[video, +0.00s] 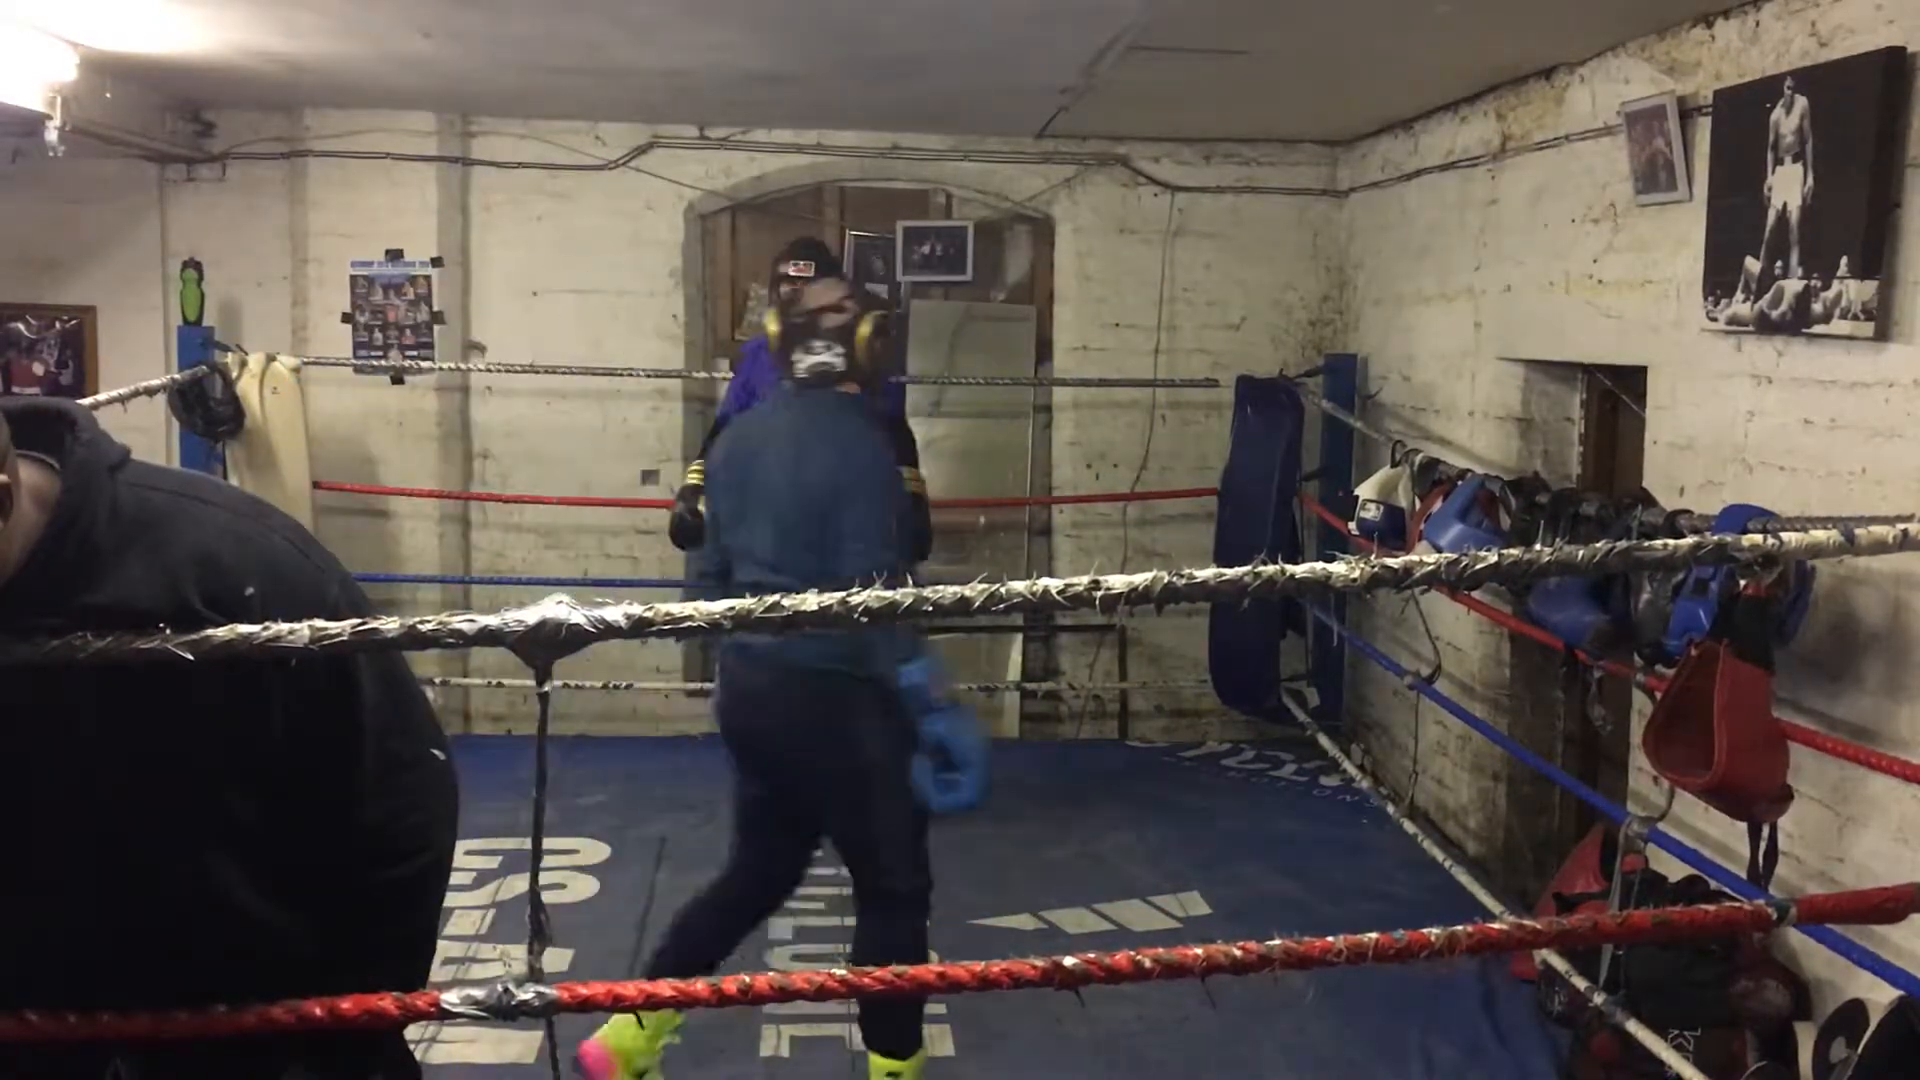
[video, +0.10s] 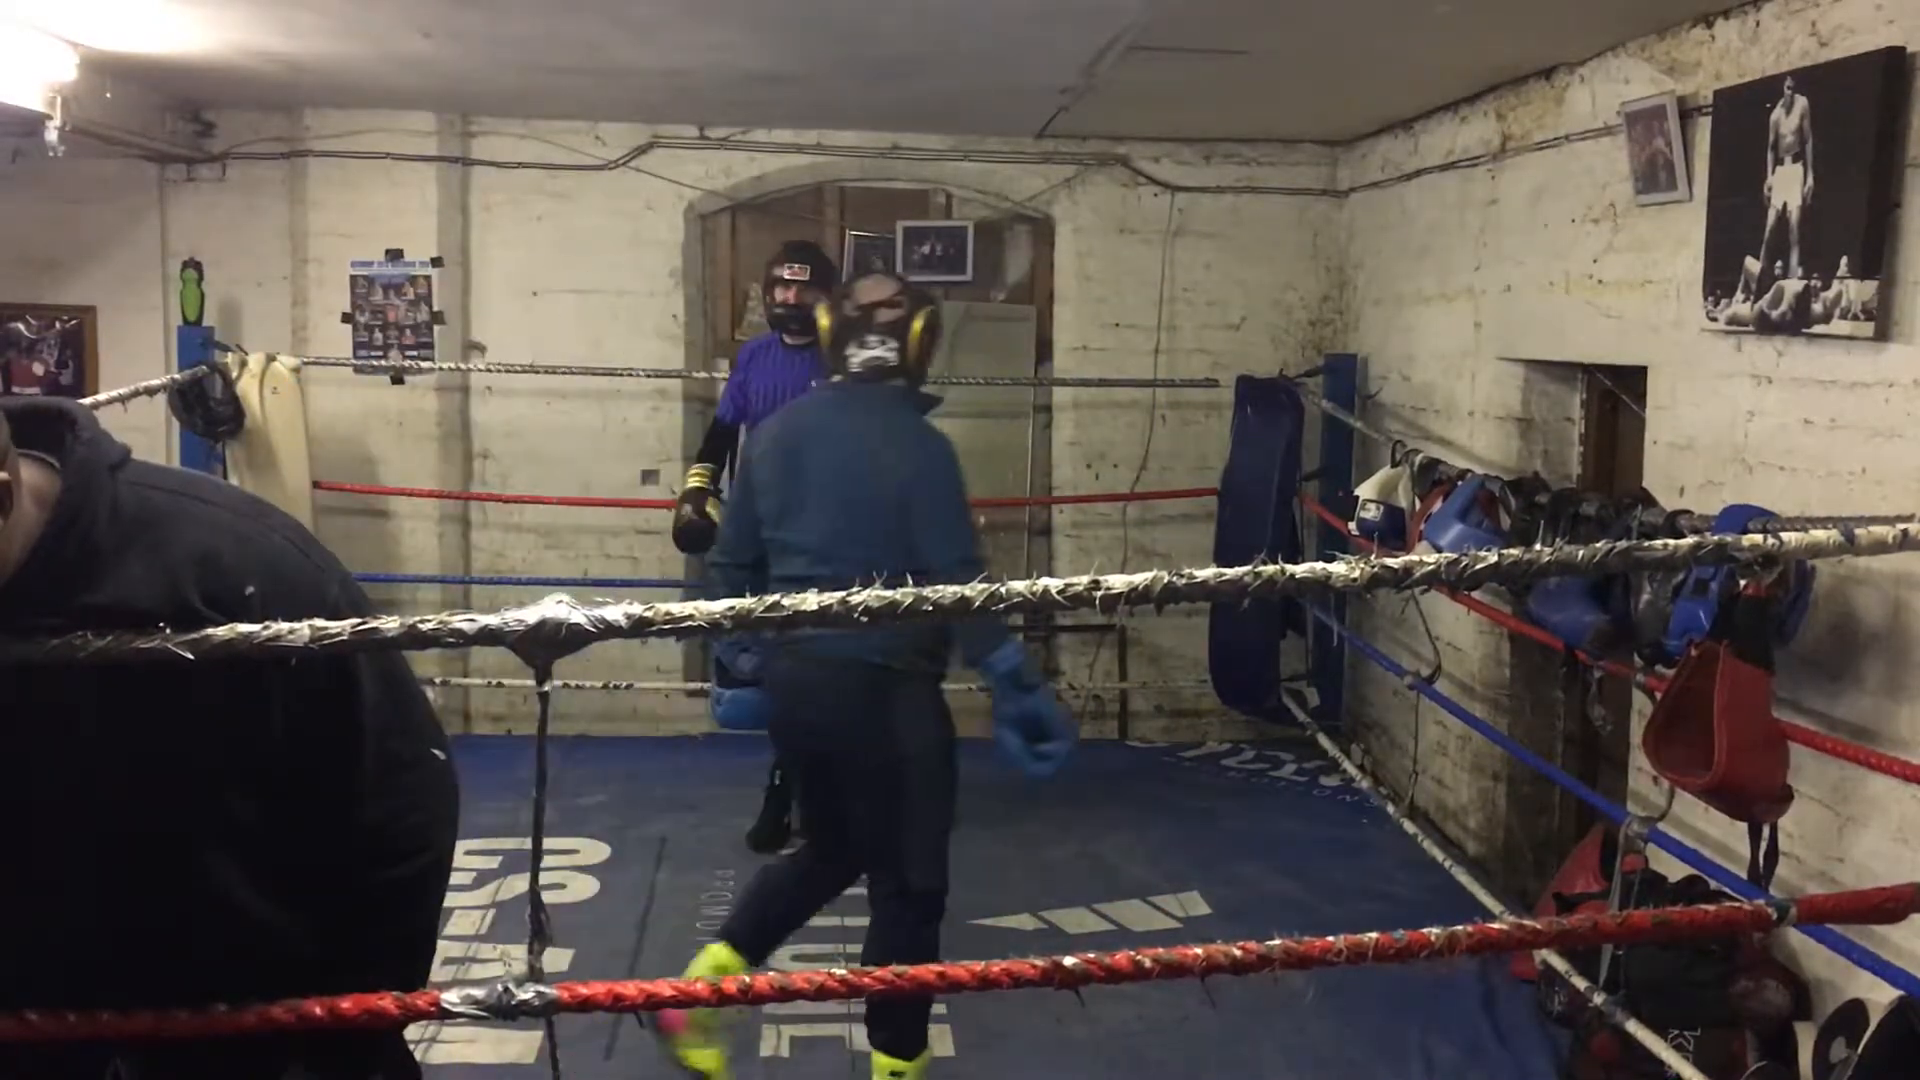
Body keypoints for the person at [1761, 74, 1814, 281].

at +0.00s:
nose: (1788, 92)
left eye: (1791, 89)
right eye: (1787, 88)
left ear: (1796, 90)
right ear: (1783, 89)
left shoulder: (1801, 104)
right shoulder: (1775, 114)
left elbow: (1808, 139)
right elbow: (1771, 146)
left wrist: (1810, 174)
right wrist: (1769, 175)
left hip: (1797, 163)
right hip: (1779, 165)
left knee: (1794, 220)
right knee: (1771, 220)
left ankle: (1794, 268)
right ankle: (1762, 268)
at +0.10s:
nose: (1788, 92)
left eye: (1791, 89)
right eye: (1787, 88)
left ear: (1795, 90)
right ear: (1783, 89)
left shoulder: (1801, 105)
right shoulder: (1775, 115)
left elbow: (1808, 139)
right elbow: (1771, 146)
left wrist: (1810, 174)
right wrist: (1769, 176)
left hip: (1797, 164)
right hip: (1779, 165)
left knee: (1794, 220)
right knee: (1771, 221)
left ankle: (1794, 269)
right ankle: (1762, 269)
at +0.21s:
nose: (1788, 92)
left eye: (1791, 89)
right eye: (1787, 88)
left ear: (1796, 90)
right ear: (1783, 89)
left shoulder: (1801, 104)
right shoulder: (1775, 114)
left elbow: (1808, 139)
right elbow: (1771, 146)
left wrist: (1810, 174)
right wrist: (1769, 175)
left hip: (1797, 163)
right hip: (1779, 165)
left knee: (1794, 220)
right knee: (1771, 220)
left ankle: (1794, 268)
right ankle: (1762, 268)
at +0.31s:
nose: (1789, 92)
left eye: (1792, 89)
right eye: (1787, 88)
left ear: (1796, 90)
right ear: (1783, 89)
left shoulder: (1802, 104)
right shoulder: (1775, 114)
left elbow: (1808, 139)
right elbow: (1771, 146)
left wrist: (1810, 175)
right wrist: (1769, 176)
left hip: (1797, 164)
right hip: (1780, 166)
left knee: (1794, 220)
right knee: (1771, 220)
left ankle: (1794, 268)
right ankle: (1762, 268)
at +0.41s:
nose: (1788, 93)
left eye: (1792, 89)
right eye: (1787, 89)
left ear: (1796, 90)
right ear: (1783, 89)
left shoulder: (1802, 105)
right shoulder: (1775, 114)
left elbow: (1809, 139)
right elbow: (1771, 146)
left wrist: (1810, 175)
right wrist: (1769, 176)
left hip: (1797, 164)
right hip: (1780, 166)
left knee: (1795, 220)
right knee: (1771, 221)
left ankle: (1794, 268)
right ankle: (1762, 268)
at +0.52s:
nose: (1789, 93)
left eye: (1792, 89)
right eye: (1787, 88)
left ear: (1797, 90)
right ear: (1783, 89)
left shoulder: (1802, 104)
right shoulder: (1776, 114)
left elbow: (1809, 139)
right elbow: (1771, 146)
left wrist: (1810, 175)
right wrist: (1769, 176)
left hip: (1798, 164)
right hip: (1780, 165)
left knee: (1795, 220)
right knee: (1771, 220)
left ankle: (1795, 268)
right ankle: (1762, 268)